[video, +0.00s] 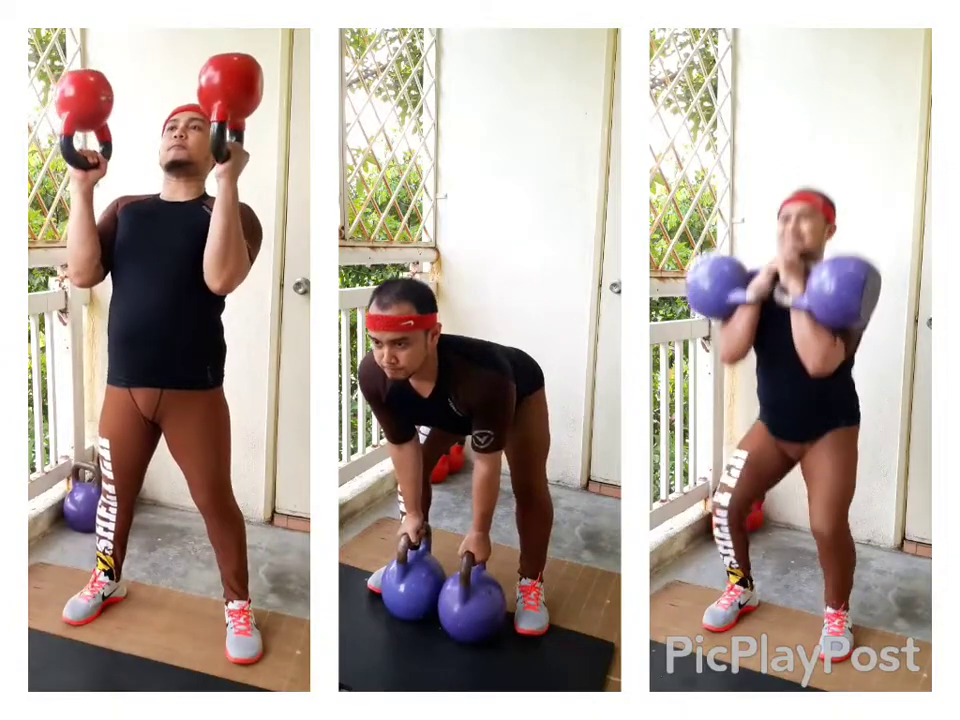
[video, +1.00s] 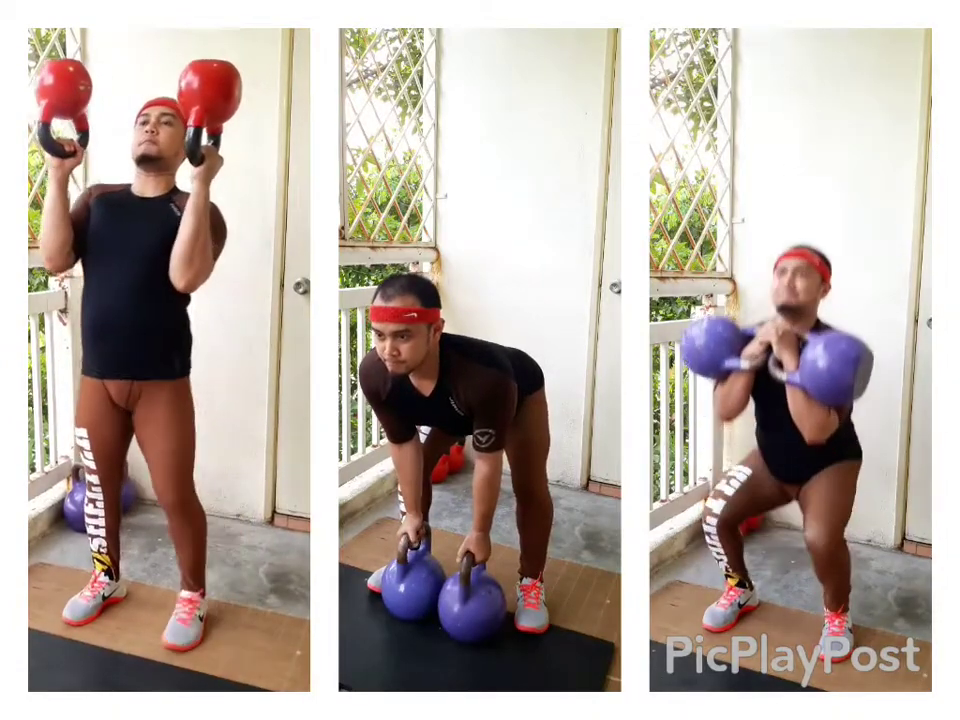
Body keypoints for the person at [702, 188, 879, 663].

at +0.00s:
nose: (792, 227)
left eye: (805, 219)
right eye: (785, 218)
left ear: (828, 230)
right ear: (776, 228)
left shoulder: (842, 289)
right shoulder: (756, 283)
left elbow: (821, 362)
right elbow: (730, 351)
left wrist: (795, 290)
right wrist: (759, 289)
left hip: (830, 431)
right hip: (773, 427)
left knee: (828, 528)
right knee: (733, 508)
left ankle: (836, 613)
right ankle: (740, 585)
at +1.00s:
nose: (790, 280)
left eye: (802, 274)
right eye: (783, 272)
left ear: (823, 290)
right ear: (771, 283)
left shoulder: (833, 347)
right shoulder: (753, 339)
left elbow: (817, 431)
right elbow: (725, 412)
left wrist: (790, 362)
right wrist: (751, 358)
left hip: (831, 461)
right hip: (774, 458)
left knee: (821, 538)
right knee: (721, 517)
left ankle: (837, 615)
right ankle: (740, 588)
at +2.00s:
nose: (810, 185)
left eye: (824, 180)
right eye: (804, 180)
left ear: (848, 199)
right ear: (794, 196)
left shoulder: (855, 258)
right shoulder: (770, 247)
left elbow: (833, 317)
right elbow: (733, 308)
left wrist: (809, 245)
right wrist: (770, 248)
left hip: (816, 409)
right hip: (755, 402)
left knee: (825, 513)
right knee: (749, 503)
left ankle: (837, 610)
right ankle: (740, 587)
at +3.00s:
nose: (801, 187)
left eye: (815, 180)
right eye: (795, 180)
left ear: (840, 195)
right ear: (784, 192)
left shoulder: (848, 255)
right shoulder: (761, 246)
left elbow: (828, 317)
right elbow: (729, 308)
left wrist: (802, 246)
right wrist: (763, 247)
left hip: (814, 406)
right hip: (754, 400)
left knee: (823, 513)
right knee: (748, 502)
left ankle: (836, 610)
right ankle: (740, 586)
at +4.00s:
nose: (786, 367)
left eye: (799, 358)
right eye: (779, 358)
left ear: (821, 367)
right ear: (771, 365)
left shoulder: (834, 424)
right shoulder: (751, 416)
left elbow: (820, 510)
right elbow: (724, 493)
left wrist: (792, 443)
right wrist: (749, 444)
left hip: (819, 540)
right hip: (766, 535)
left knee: (826, 559)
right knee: (713, 538)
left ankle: (835, 618)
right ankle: (740, 591)